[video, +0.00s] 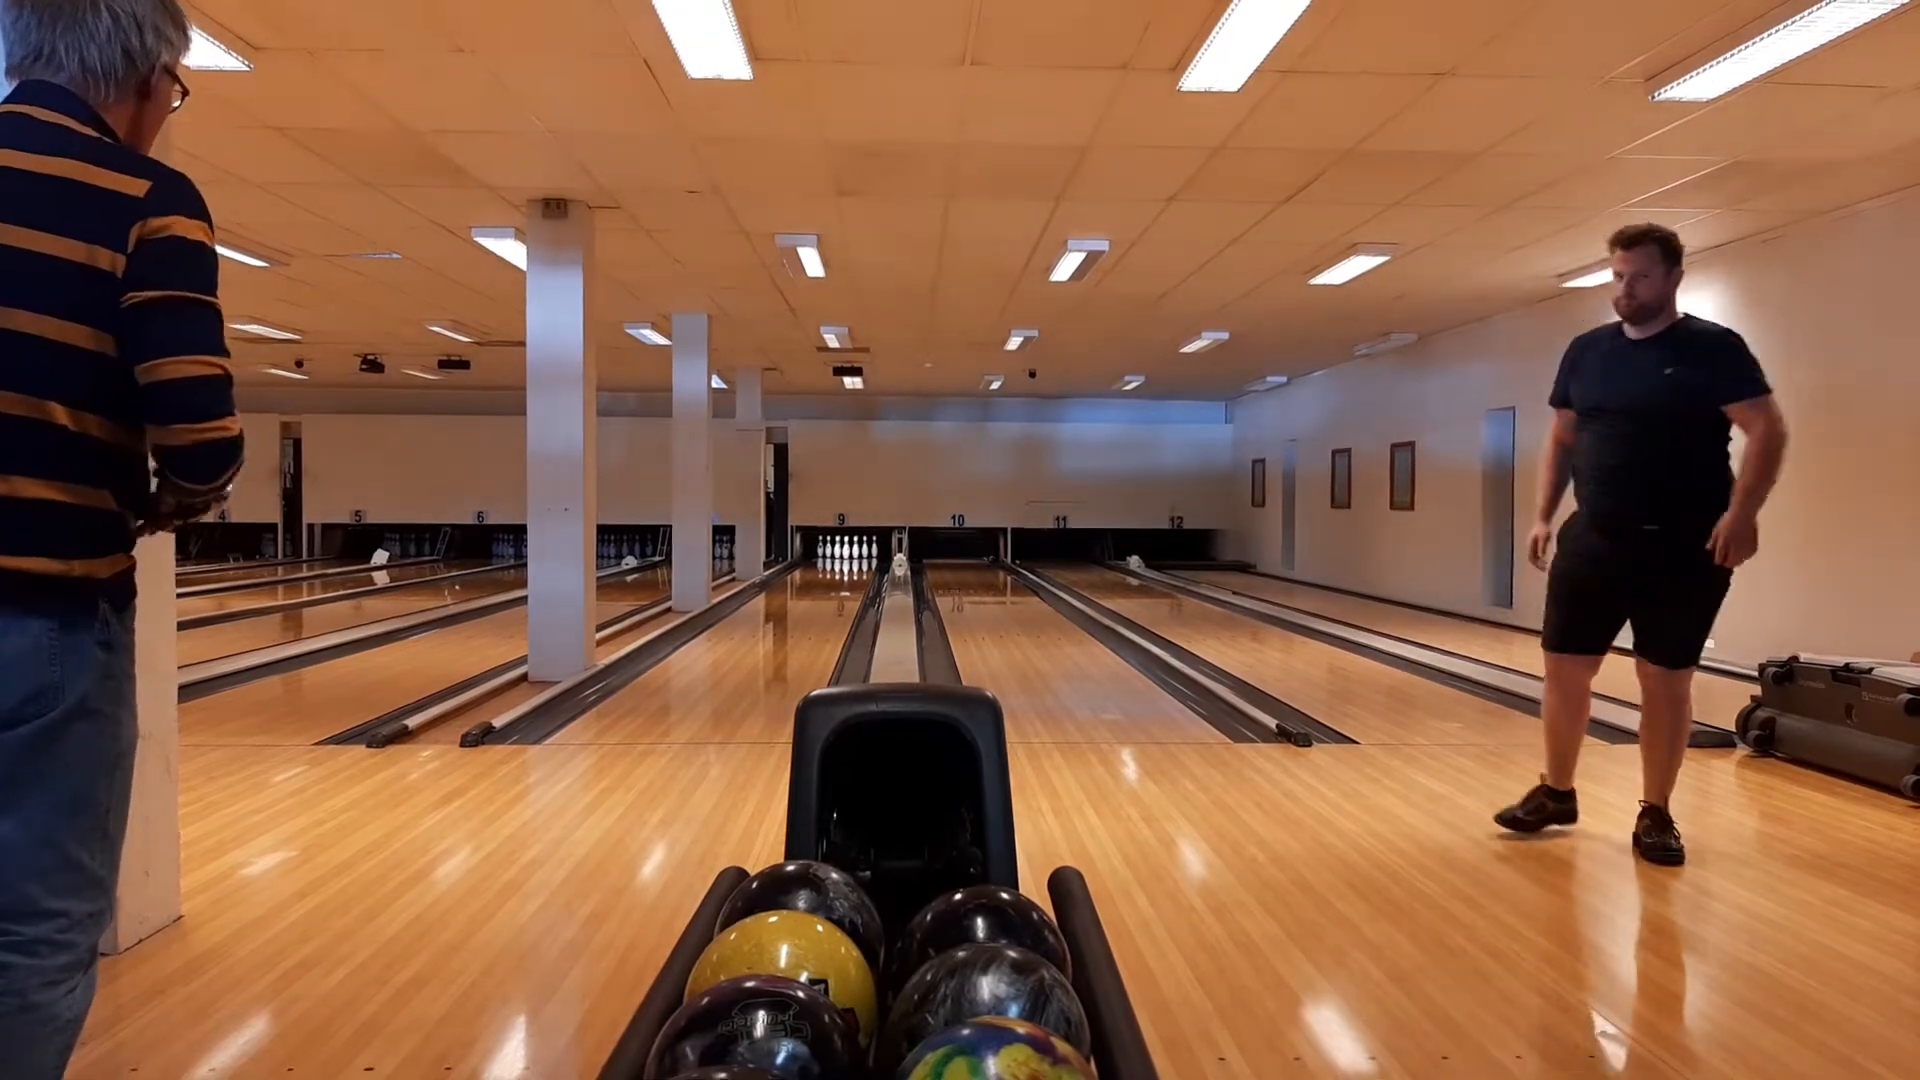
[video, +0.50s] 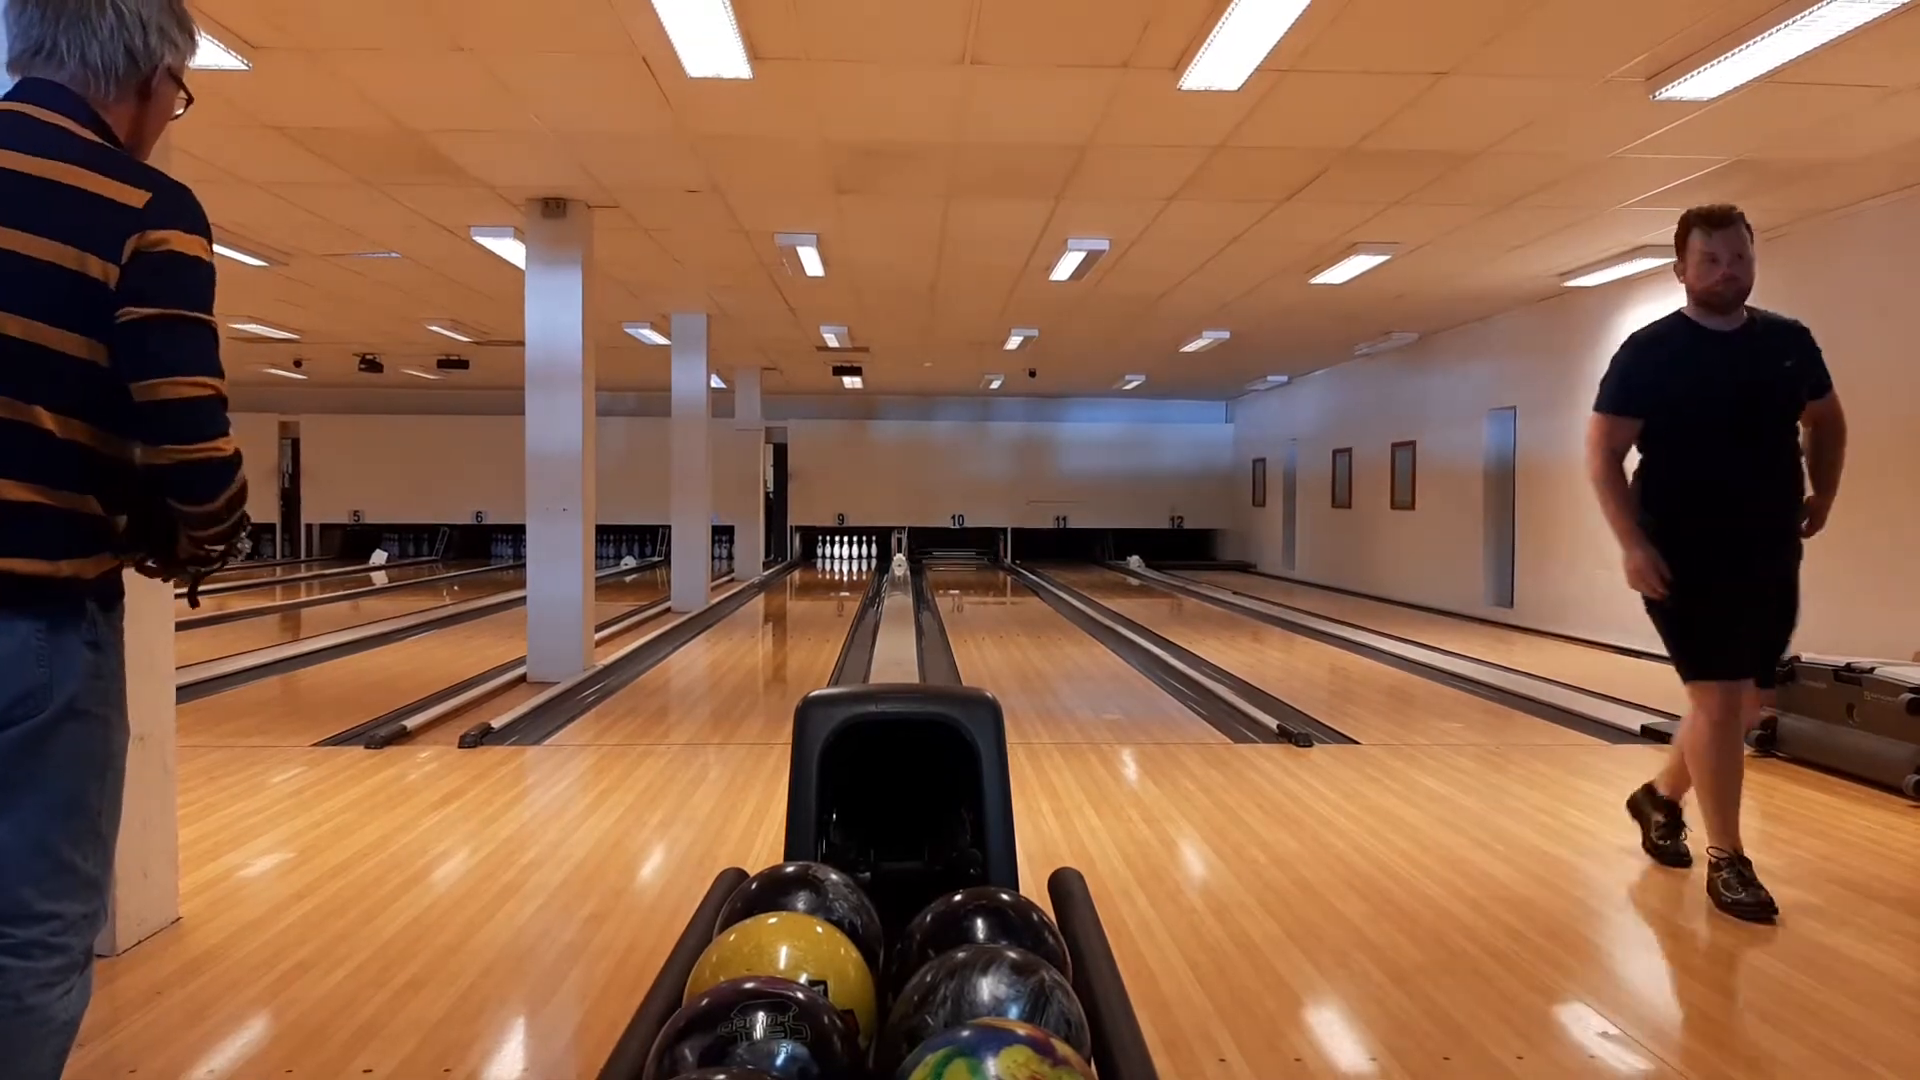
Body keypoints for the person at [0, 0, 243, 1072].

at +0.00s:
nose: (173, 109)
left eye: (176, 88)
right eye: (174, 87)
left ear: (30, 59)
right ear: (138, 82)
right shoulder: (147, 194)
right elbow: (197, 437)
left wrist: (175, 482)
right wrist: (184, 491)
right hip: (45, 609)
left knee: (36, 926)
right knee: (40, 939)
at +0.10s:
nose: (175, 112)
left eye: (177, 90)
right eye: (177, 89)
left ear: (28, 58)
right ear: (148, 85)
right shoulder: (147, 196)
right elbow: (186, 418)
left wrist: (184, 484)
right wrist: (202, 497)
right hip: (45, 611)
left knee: (35, 926)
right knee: (41, 939)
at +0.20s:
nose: (172, 109)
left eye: (175, 84)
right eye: (173, 84)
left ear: (27, 57)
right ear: (140, 80)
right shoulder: (142, 195)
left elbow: (175, 423)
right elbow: (176, 424)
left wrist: (169, 491)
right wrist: (184, 503)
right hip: (41, 613)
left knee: (35, 928)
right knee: (38, 941)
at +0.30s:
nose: (169, 111)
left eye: (172, 87)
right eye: (170, 87)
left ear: (29, 53)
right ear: (137, 80)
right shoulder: (140, 195)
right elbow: (162, 412)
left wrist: (175, 512)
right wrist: (189, 524)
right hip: (39, 608)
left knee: (37, 926)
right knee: (38, 938)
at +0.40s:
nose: (171, 114)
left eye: (174, 91)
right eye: (173, 89)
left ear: (25, 54)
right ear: (141, 83)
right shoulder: (143, 201)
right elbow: (168, 420)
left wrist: (177, 514)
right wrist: (199, 525)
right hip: (38, 609)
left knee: (35, 928)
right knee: (37, 940)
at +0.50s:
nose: (176, 112)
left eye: (179, 86)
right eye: (175, 84)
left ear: (28, 54)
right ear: (135, 74)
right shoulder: (146, 206)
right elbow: (183, 434)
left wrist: (189, 517)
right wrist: (209, 527)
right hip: (38, 614)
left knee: (33, 929)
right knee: (37, 942)